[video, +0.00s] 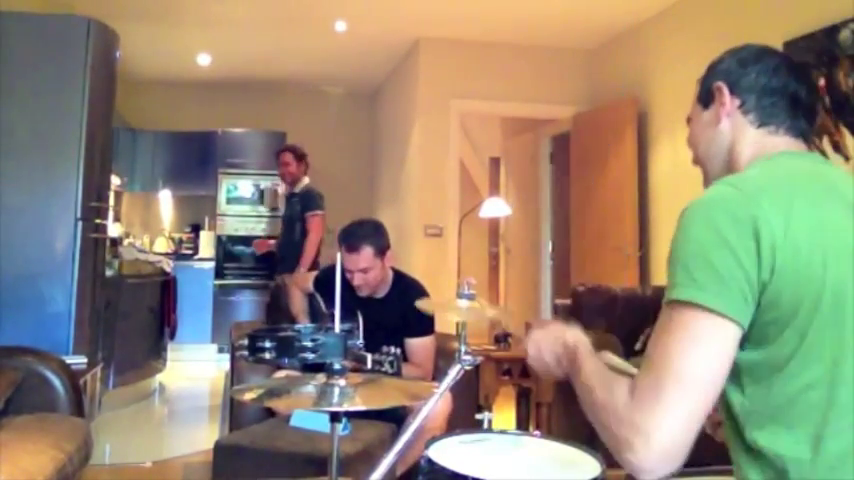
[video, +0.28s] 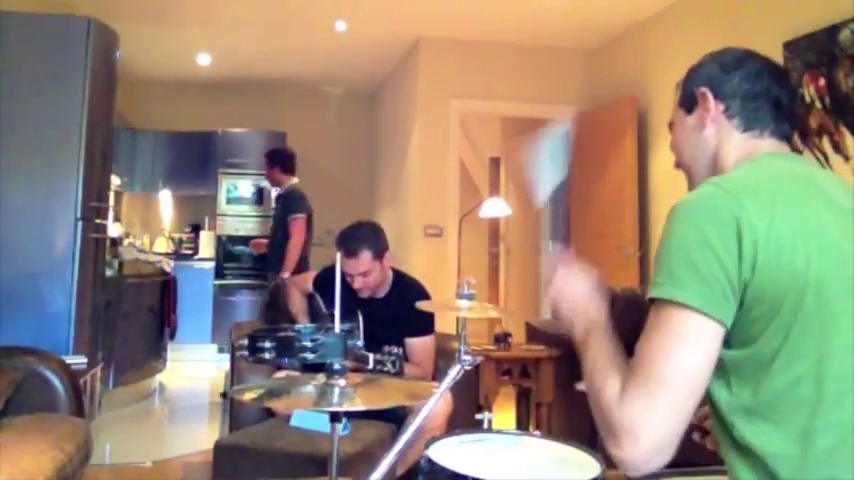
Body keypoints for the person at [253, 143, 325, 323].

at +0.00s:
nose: (283, 170)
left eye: (288, 164)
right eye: (281, 165)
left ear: (302, 166)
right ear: (278, 168)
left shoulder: (310, 196)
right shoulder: (290, 196)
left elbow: (315, 233)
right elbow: (291, 237)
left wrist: (302, 270)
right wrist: (272, 244)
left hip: (296, 273)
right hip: (282, 271)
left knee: (298, 324)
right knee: (280, 322)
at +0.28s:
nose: (266, 174)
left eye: (268, 168)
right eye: (266, 168)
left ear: (277, 169)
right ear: (284, 169)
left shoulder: (293, 197)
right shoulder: (284, 197)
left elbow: (297, 236)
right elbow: (287, 236)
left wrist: (286, 272)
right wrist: (268, 244)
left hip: (290, 278)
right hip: (279, 275)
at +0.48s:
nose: (256, 173)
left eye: (256, 167)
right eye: (256, 167)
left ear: (262, 168)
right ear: (280, 167)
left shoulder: (275, 195)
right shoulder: (290, 196)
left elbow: (275, 237)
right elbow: (289, 238)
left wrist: (263, 276)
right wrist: (260, 244)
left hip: (275, 277)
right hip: (288, 275)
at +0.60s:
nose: (246, 172)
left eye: (247, 167)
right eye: (246, 167)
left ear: (252, 168)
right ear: (272, 166)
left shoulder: (264, 192)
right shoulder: (283, 193)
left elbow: (262, 234)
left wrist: (246, 273)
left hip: (266, 272)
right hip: (283, 268)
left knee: (256, 325)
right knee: (277, 323)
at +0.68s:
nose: (241, 173)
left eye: (241, 168)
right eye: (241, 168)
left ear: (247, 168)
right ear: (266, 166)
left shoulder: (258, 192)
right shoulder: (280, 193)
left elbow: (256, 231)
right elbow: (288, 229)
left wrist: (239, 271)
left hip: (262, 271)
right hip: (281, 267)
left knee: (254, 327)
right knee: (275, 325)